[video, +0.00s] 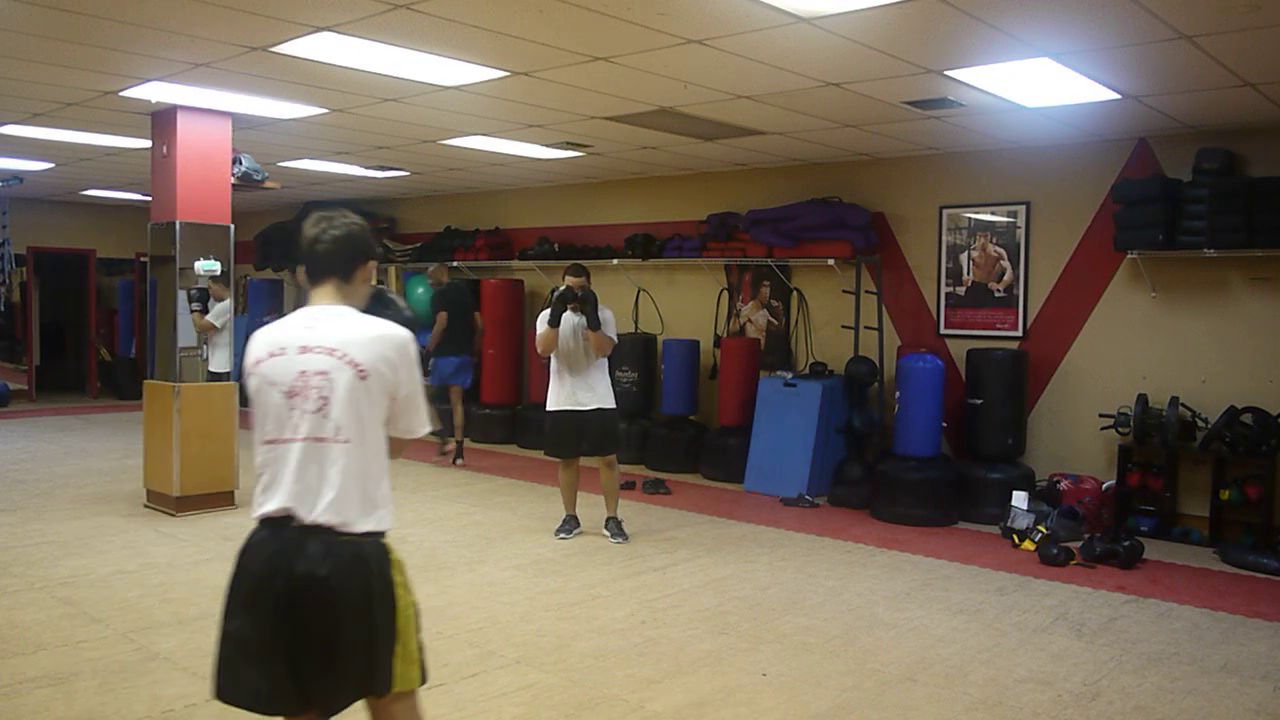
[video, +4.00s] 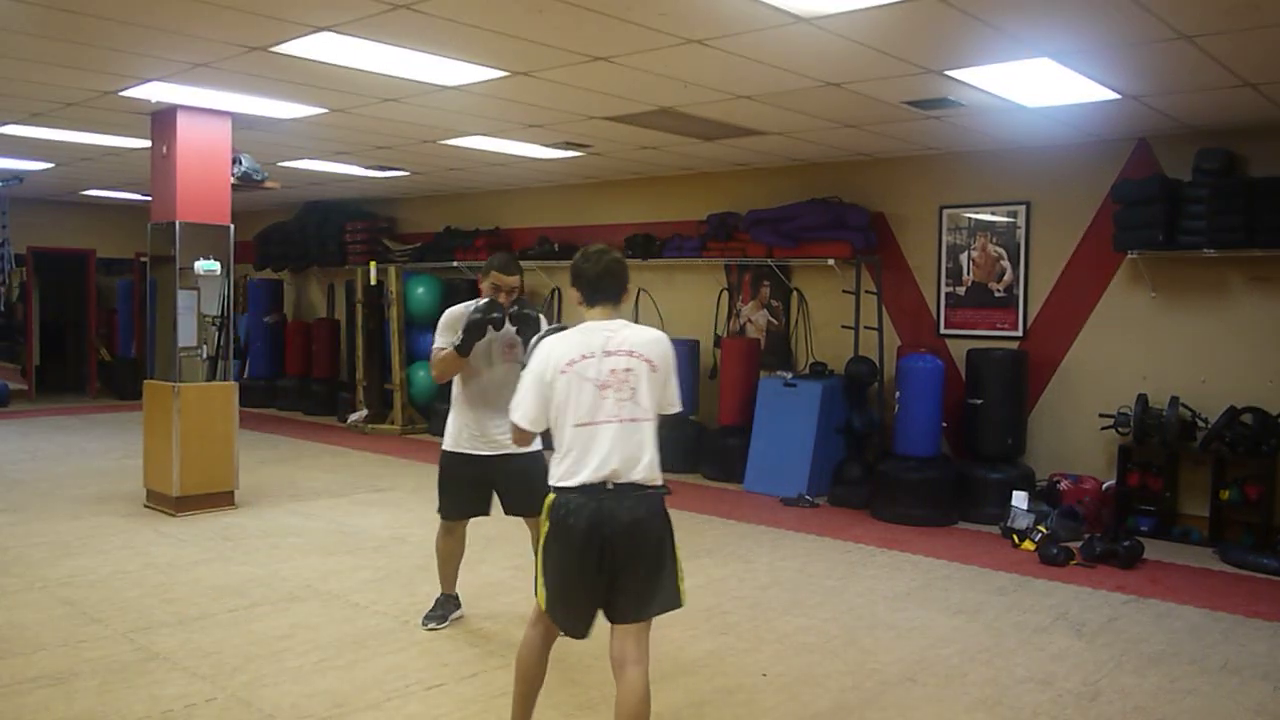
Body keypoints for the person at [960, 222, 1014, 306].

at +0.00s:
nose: (982, 241)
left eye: (985, 237)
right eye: (979, 237)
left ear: (990, 237)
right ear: (976, 237)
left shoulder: (999, 252)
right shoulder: (971, 252)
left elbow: (1009, 272)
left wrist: (1000, 286)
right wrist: (965, 278)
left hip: (990, 288)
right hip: (975, 287)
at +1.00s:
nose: (982, 240)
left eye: (985, 237)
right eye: (979, 237)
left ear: (990, 237)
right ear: (975, 237)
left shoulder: (998, 252)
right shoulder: (971, 252)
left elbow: (1009, 272)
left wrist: (1000, 286)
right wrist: (965, 279)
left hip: (990, 288)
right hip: (974, 287)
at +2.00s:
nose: (983, 241)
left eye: (985, 237)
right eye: (979, 237)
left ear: (990, 237)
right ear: (975, 237)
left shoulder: (998, 252)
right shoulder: (971, 253)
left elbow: (1009, 272)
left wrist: (1000, 286)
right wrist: (966, 279)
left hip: (992, 288)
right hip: (975, 287)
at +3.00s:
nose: (983, 241)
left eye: (985, 237)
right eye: (979, 237)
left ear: (990, 237)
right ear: (975, 237)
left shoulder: (998, 252)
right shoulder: (971, 253)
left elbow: (1009, 272)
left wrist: (1000, 286)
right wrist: (966, 279)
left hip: (992, 288)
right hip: (975, 287)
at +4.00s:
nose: (983, 241)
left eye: (985, 237)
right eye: (979, 237)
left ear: (990, 237)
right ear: (975, 237)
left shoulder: (998, 252)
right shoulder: (971, 253)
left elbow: (1009, 272)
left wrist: (1000, 286)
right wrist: (966, 279)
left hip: (992, 288)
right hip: (975, 287)